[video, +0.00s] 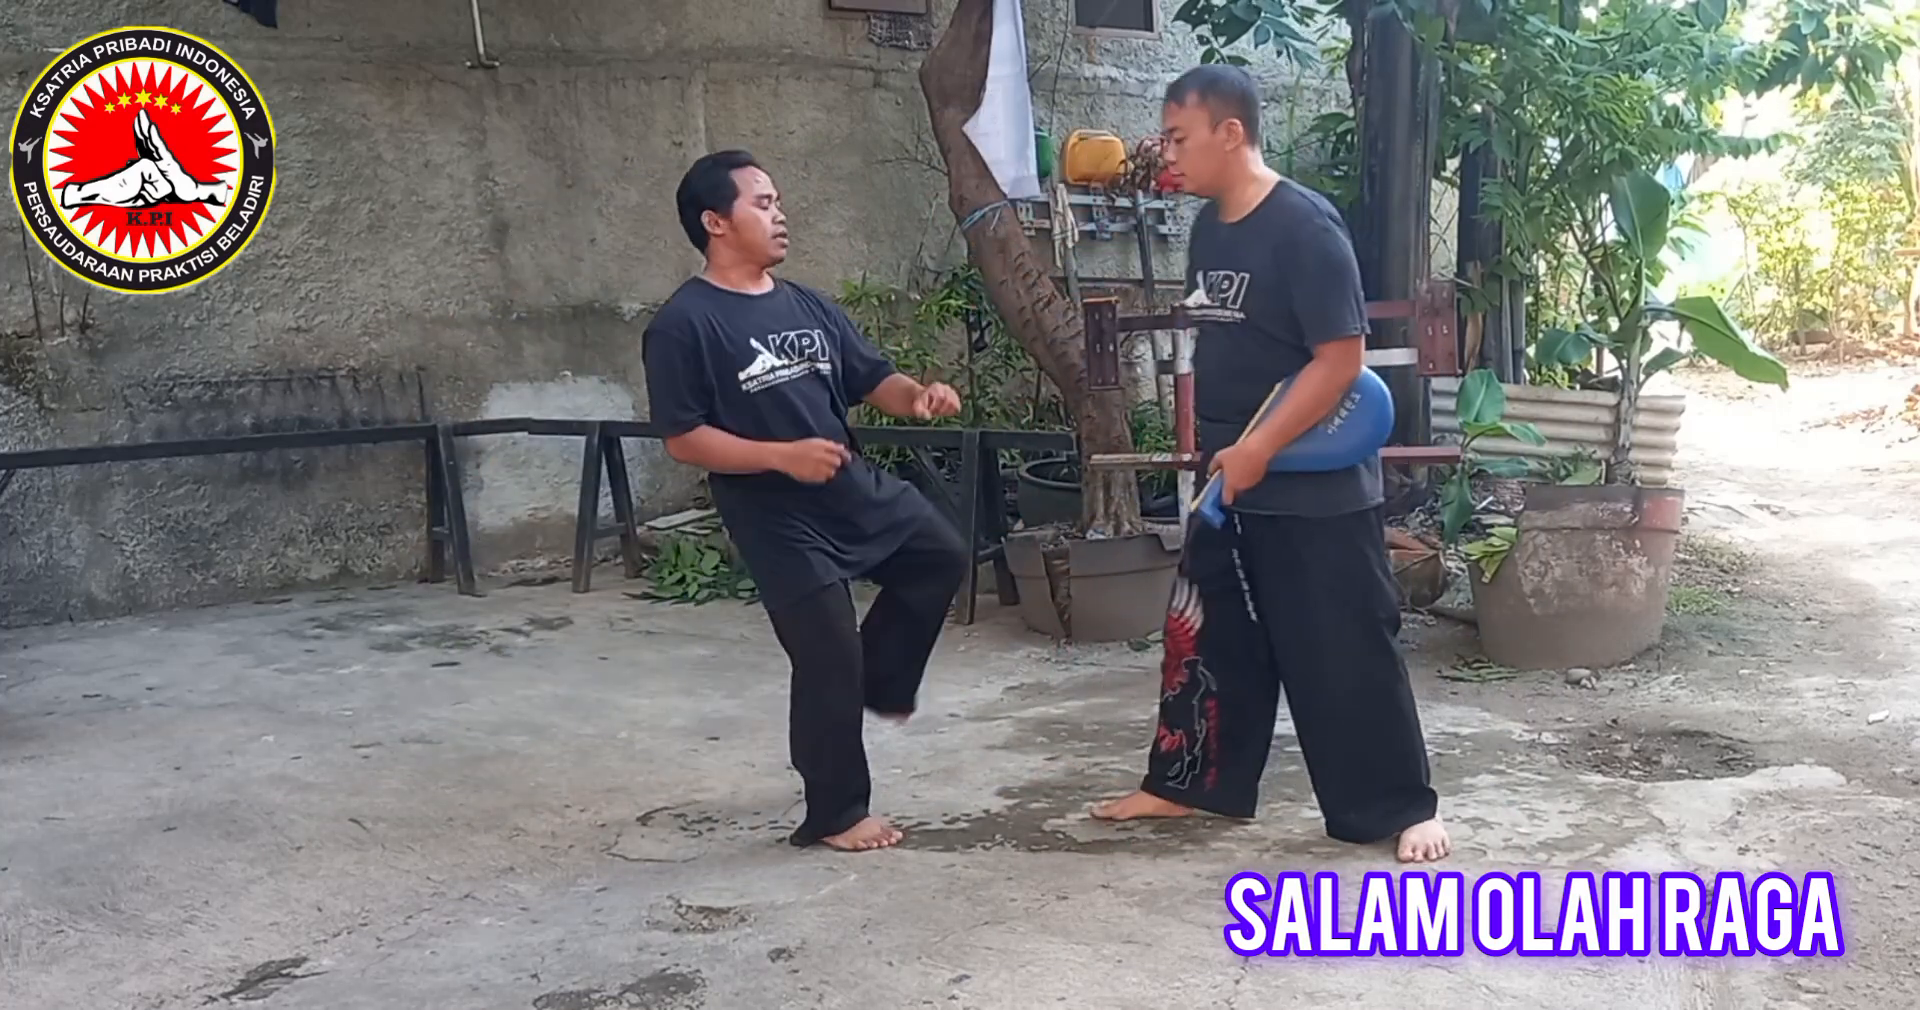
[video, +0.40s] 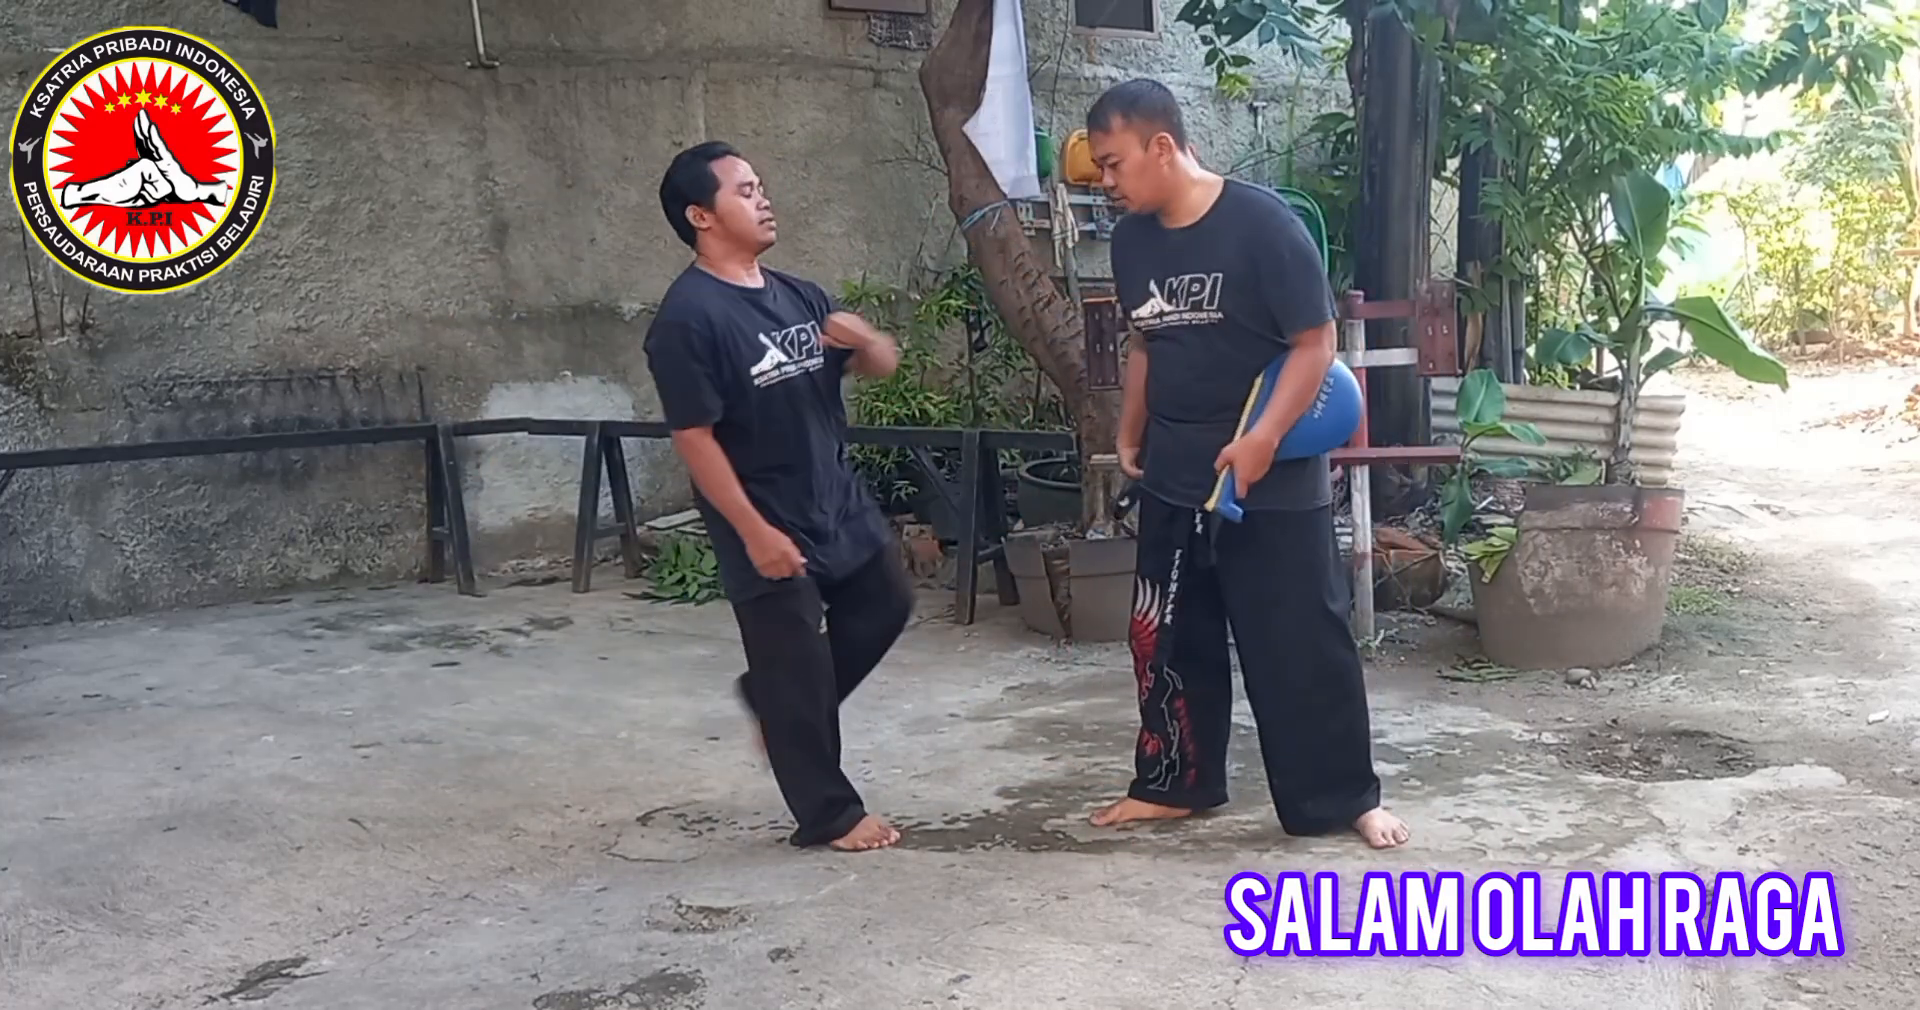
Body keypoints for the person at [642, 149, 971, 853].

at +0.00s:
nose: (780, 215)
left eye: (777, 202)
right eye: (763, 203)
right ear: (716, 223)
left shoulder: (806, 303)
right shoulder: (682, 324)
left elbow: (874, 378)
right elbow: (683, 438)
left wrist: (916, 395)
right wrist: (783, 454)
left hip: (850, 480)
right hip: (773, 508)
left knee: (940, 556)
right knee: (830, 652)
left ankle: (878, 679)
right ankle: (835, 814)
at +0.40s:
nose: (765, 200)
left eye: (760, 188)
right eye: (745, 191)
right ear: (701, 217)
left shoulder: (799, 294)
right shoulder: (685, 317)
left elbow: (881, 364)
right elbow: (694, 440)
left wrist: (867, 340)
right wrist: (756, 532)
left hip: (836, 500)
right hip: (762, 523)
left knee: (884, 608)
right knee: (798, 670)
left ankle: (776, 693)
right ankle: (828, 816)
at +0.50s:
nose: (759, 228)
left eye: (761, 213)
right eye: (743, 218)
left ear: (764, 216)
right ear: (693, 232)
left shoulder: (780, 305)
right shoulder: (662, 326)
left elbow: (843, 408)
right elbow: (651, 440)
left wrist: (824, 347)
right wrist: (698, 527)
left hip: (810, 525)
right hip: (743, 537)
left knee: (791, 659)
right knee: (791, 672)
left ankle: (705, 748)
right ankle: (827, 814)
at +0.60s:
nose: (754, 260)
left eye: (760, 245)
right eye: (740, 245)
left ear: (766, 242)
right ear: (692, 241)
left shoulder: (772, 317)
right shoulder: (650, 323)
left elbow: (835, 401)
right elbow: (610, 428)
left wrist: (814, 317)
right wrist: (647, 513)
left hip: (775, 532)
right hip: (713, 538)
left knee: (738, 656)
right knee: (772, 672)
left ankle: (684, 767)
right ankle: (824, 814)